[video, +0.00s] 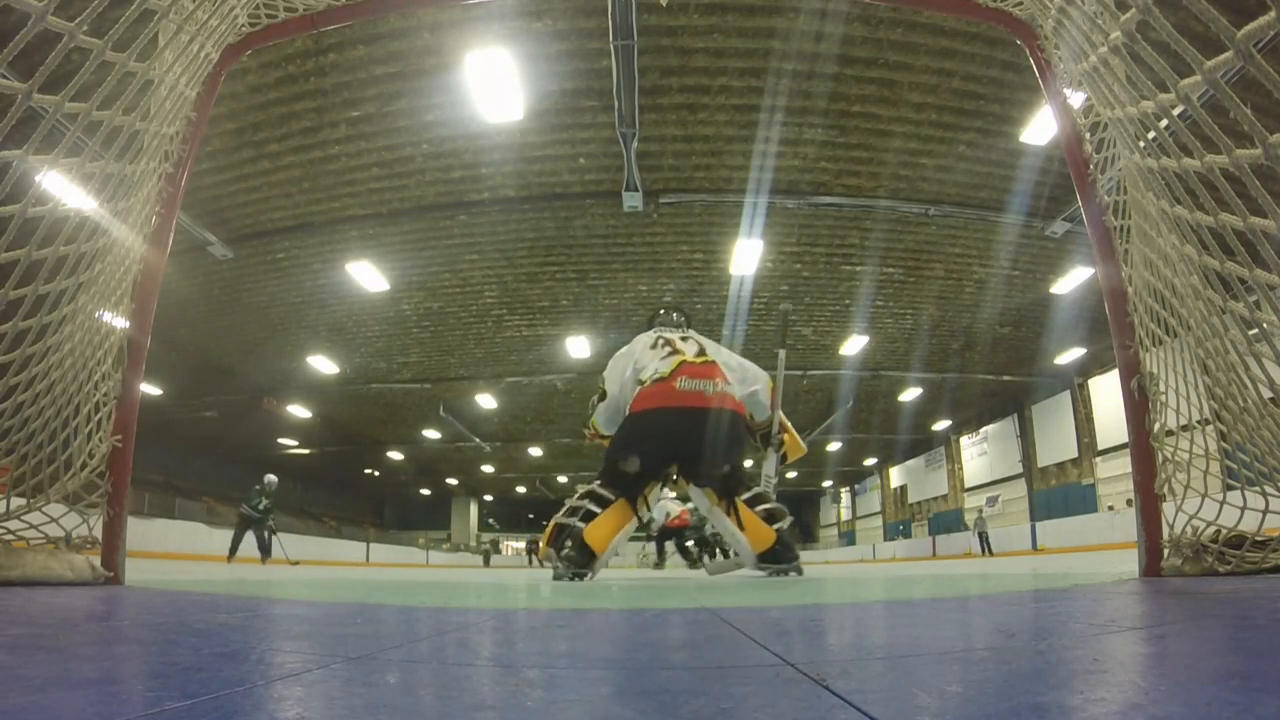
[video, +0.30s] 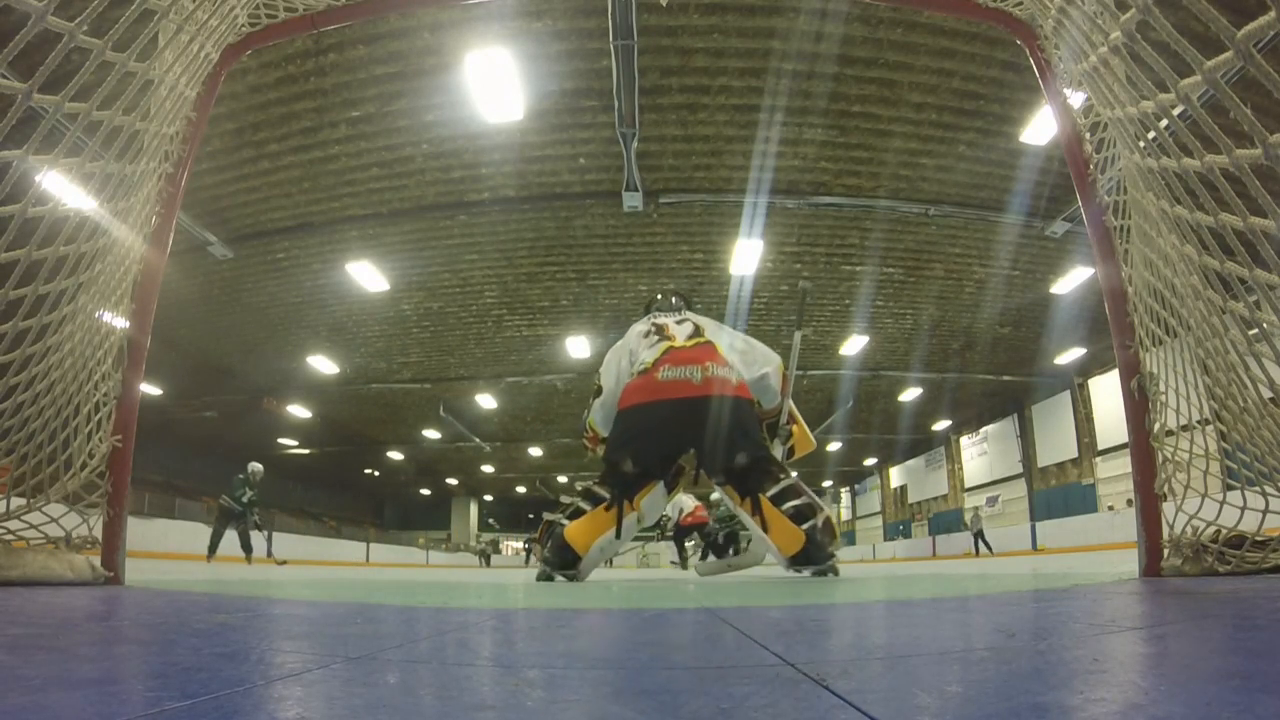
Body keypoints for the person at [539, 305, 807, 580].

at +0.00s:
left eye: (651, 332)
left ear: (651, 328)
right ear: (687, 328)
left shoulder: (637, 344)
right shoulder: (710, 345)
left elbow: (612, 395)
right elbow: (757, 381)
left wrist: (600, 430)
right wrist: (766, 427)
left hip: (656, 412)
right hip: (720, 414)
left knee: (620, 486)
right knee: (725, 489)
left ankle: (577, 551)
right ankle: (778, 552)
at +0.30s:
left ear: (647, 316)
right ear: (687, 313)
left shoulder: (629, 337)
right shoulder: (712, 327)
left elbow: (611, 391)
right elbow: (768, 365)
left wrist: (597, 432)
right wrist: (773, 418)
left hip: (649, 395)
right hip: (721, 391)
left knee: (619, 484)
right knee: (755, 473)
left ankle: (563, 551)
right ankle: (810, 547)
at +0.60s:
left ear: (649, 295)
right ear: (693, 290)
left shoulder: (624, 321)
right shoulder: (720, 305)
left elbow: (596, 402)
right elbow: (782, 341)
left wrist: (602, 439)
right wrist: (784, 404)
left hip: (637, 388)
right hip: (723, 378)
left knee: (616, 484)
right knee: (766, 468)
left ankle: (544, 554)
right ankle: (840, 548)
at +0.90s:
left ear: (654, 266)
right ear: (704, 265)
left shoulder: (630, 288)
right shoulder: (738, 281)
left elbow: (606, 357)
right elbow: (800, 311)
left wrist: (594, 401)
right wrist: (811, 383)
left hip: (650, 385)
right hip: (744, 386)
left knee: (600, 487)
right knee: (787, 496)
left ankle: (510, 543)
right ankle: (850, 546)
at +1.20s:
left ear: (716, 272)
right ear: (766, 268)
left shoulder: (694, 289)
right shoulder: (800, 282)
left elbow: (662, 337)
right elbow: (841, 337)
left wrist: (666, 404)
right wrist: (824, 402)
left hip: (710, 418)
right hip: (807, 417)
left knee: (666, 536)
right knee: (825, 535)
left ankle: (590, 553)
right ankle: (894, 539)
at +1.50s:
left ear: (718, 254)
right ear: (766, 256)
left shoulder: (708, 274)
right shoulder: (815, 282)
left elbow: (699, 326)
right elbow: (875, 341)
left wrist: (649, 399)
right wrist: (855, 403)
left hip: (742, 431)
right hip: (843, 417)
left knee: (688, 546)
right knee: (894, 544)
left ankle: (635, 555)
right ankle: (950, 535)